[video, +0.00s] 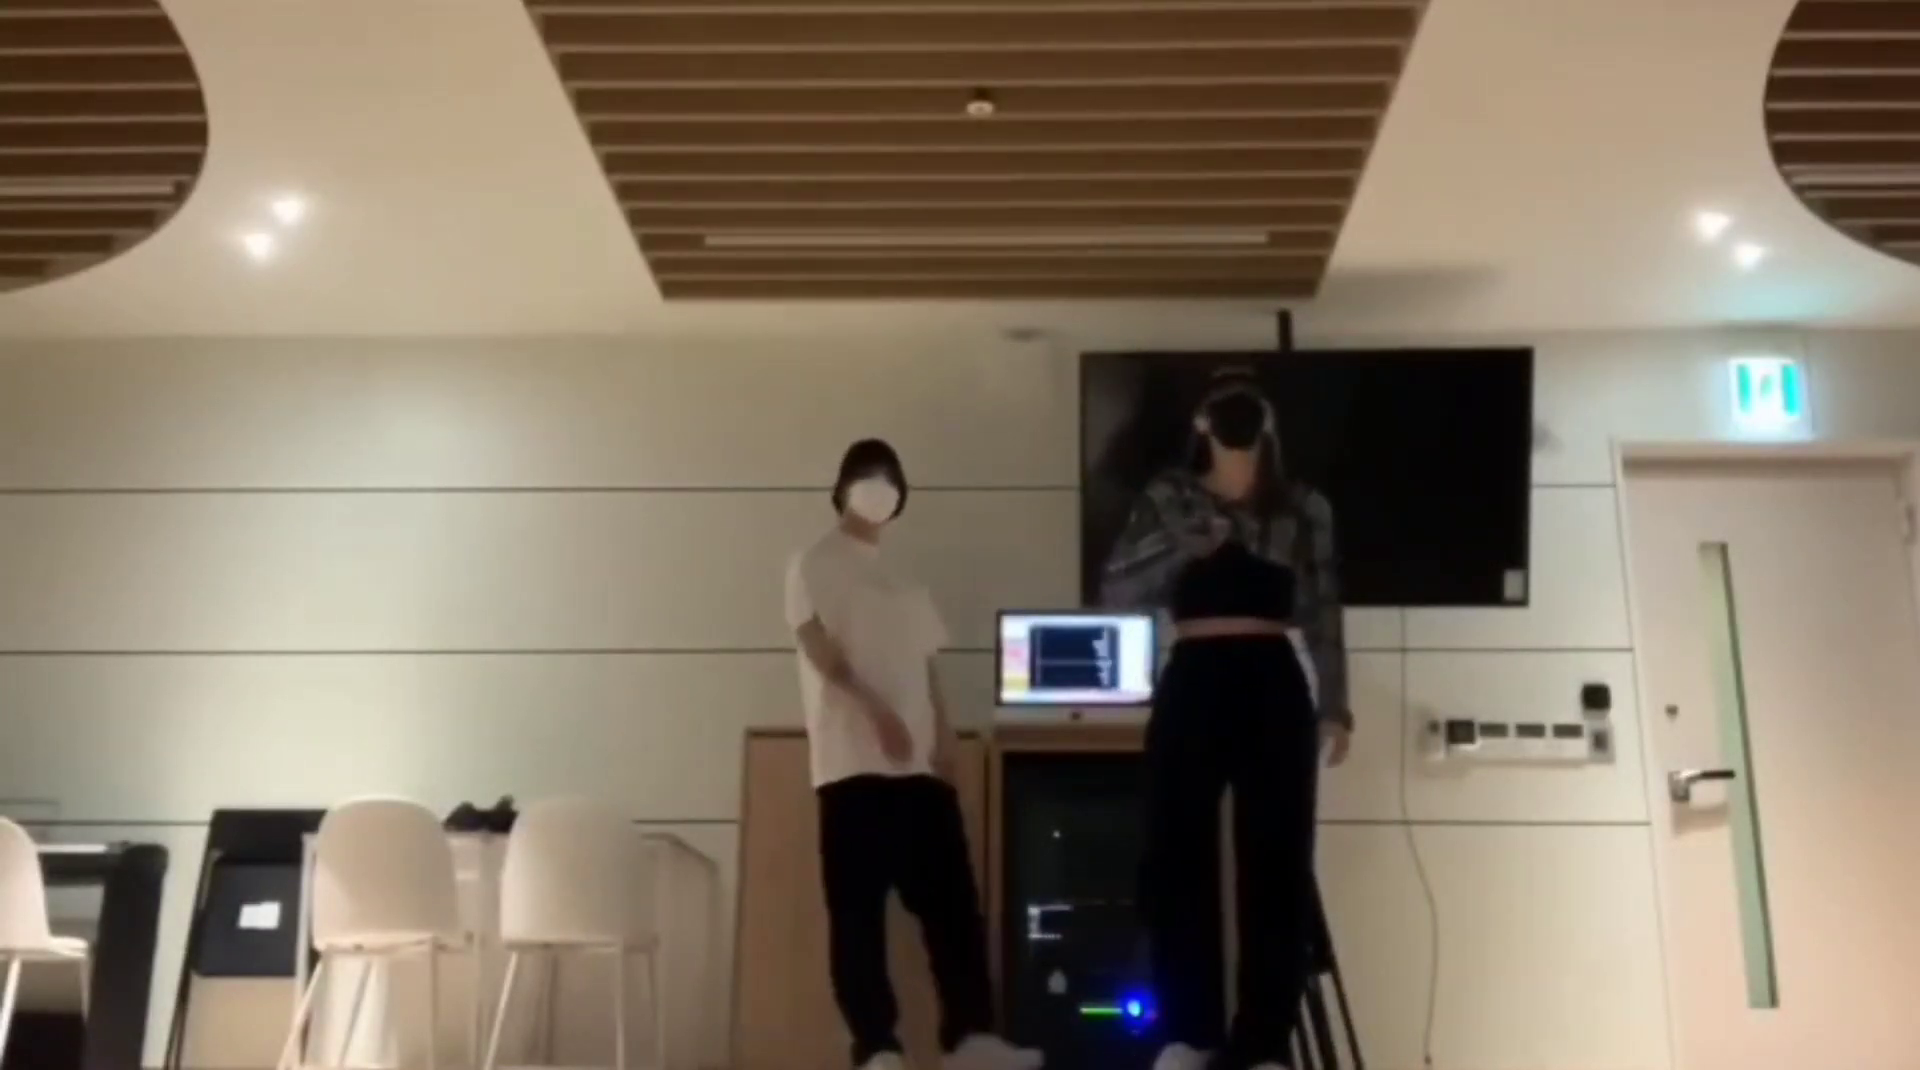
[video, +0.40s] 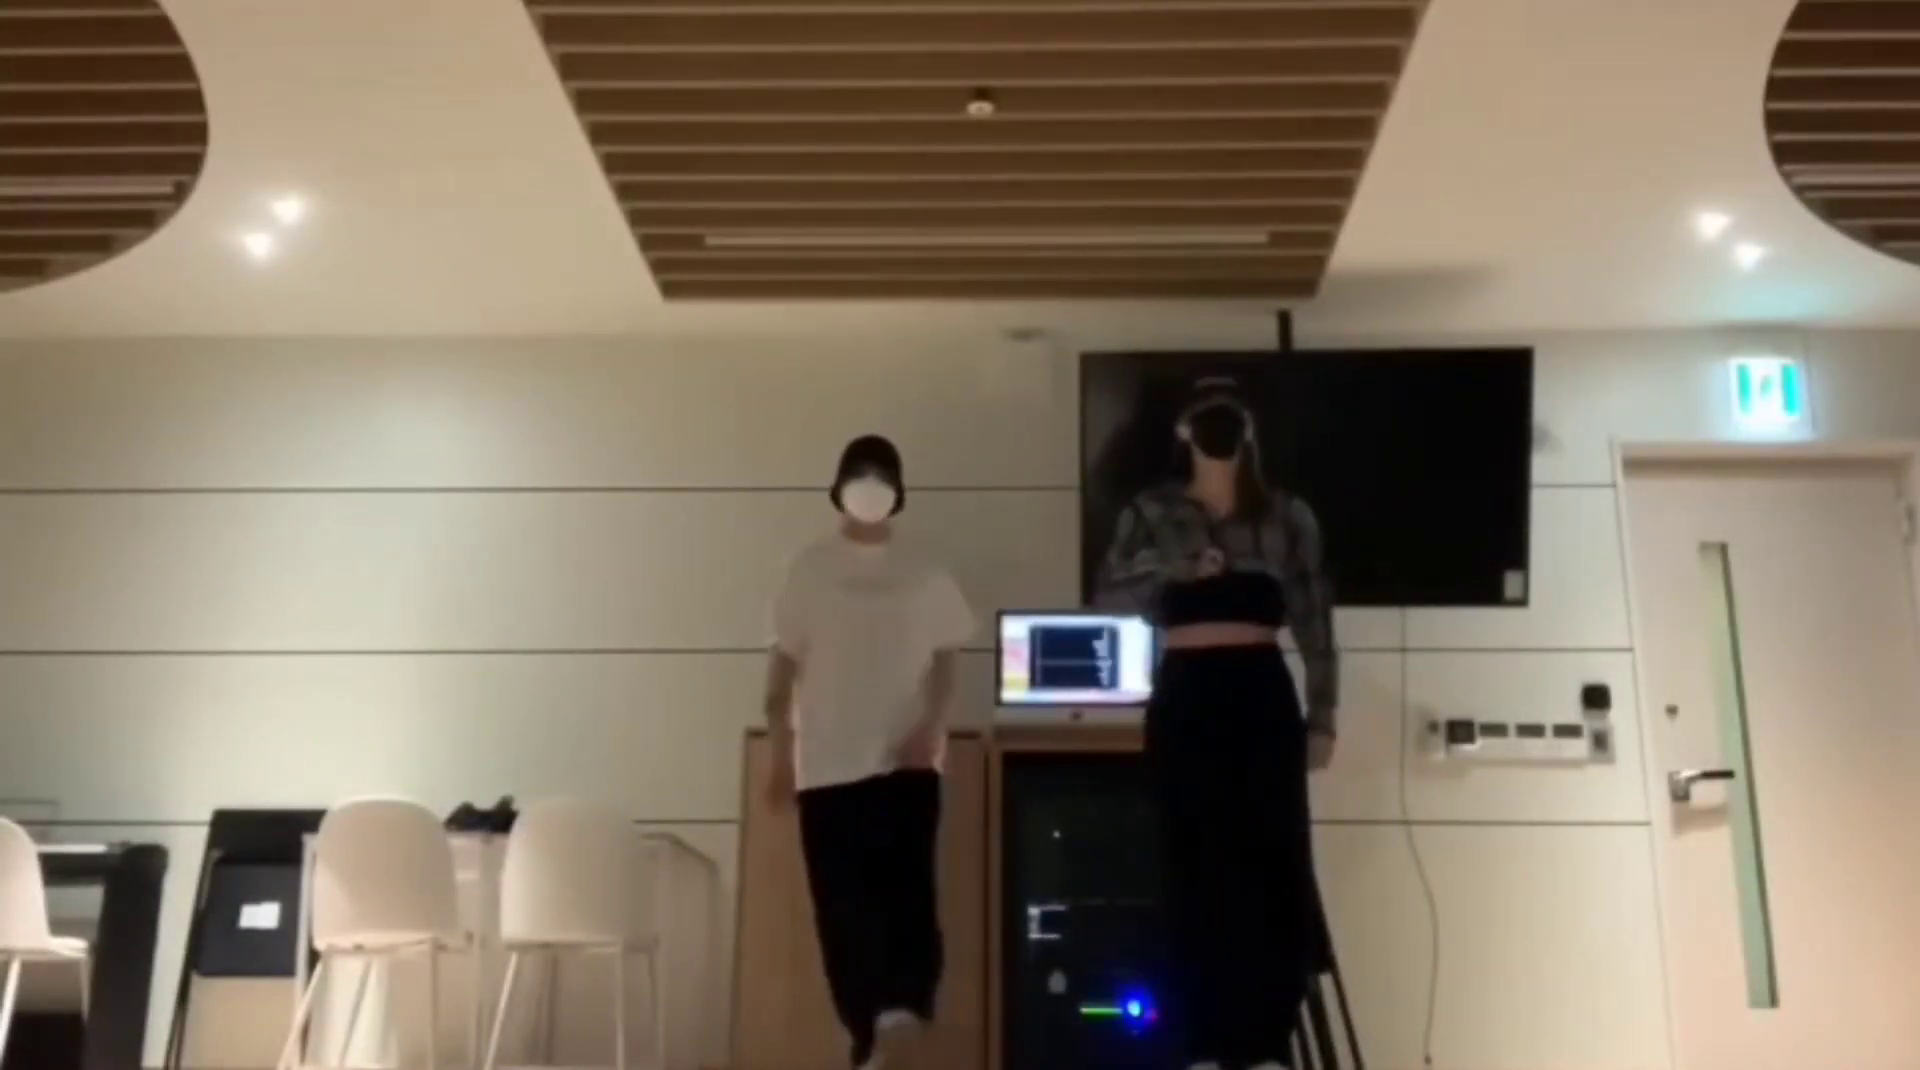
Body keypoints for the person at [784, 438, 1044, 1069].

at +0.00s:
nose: (876, 493)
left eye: (888, 483)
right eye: (865, 480)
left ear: (901, 496)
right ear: (842, 489)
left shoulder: (906, 581)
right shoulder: (813, 564)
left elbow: (930, 674)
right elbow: (818, 648)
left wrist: (942, 744)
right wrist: (878, 712)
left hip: (918, 774)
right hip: (850, 773)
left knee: (953, 910)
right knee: (857, 919)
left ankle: (969, 1036)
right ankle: (876, 1045)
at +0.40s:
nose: (870, 493)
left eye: (882, 482)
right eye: (858, 480)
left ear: (898, 492)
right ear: (838, 490)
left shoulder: (922, 567)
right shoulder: (811, 567)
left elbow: (946, 660)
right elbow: (783, 662)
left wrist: (934, 730)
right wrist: (778, 750)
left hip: (903, 760)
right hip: (826, 763)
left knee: (904, 886)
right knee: (841, 903)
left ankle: (903, 1007)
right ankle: (862, 1037)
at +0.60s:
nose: (859, 489)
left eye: (872, 477)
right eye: (847, 476)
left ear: (890, 488)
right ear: (828, 485)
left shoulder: (921, 568)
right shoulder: (805, 566)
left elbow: (939, 658)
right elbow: (776, 658)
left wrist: (899, 729)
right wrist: (763, 737)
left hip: (887, 749)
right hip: (813, 748)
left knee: (857, 897)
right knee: (835, 899)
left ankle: (808, 1016)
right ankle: (875, 1037)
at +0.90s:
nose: (814, 485)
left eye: (830, 474)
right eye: (804, 471)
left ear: (850, 487)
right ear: (788, 479)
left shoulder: (869, 565)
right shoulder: (762, 560)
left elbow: (880, 659)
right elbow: (754, 659)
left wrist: (805, 727)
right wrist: (749, 744)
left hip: (839, 759)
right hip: (775, 755)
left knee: (796, 907)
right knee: (832, 900)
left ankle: (771, 1043)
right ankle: (891, 1032)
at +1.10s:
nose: (780, 478)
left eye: (795, 467)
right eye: (770, 464)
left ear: (815, 478)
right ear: (754, 472)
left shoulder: (831, 556)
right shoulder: (739, 553)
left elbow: (850, 649)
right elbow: (734, 652)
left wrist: (769, 718)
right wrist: (716, 723)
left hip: (800, 750)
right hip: (745, 748)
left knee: (769, 896)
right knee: (745, 893)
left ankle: (767, 1045)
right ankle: (852, 1001)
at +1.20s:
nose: (758, 477)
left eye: (773, 464)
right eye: (747, 465)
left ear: (796, 475)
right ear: (734, 473)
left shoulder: (817, 549)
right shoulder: (728, 552)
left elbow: (839, 640)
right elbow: (728, 652)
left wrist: (765, 711)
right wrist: (704, 721)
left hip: (784, 752)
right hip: (724, 752)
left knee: (766, 892)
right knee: (696, 883)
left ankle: (767, 1042)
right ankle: (788, 994)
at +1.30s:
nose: (741, 476)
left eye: (755, 463)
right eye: (730, 464)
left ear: (778, 473)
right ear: (716, 472)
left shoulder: (804, 551)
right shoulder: (708, 551)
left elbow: (831, 638)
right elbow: (715, 651)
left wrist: (764, 711)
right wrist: (690, 720)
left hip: (768, 760)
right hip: (701, 760)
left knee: (766, 906)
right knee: (668, 889)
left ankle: (764, 1046)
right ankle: (702, 1030)